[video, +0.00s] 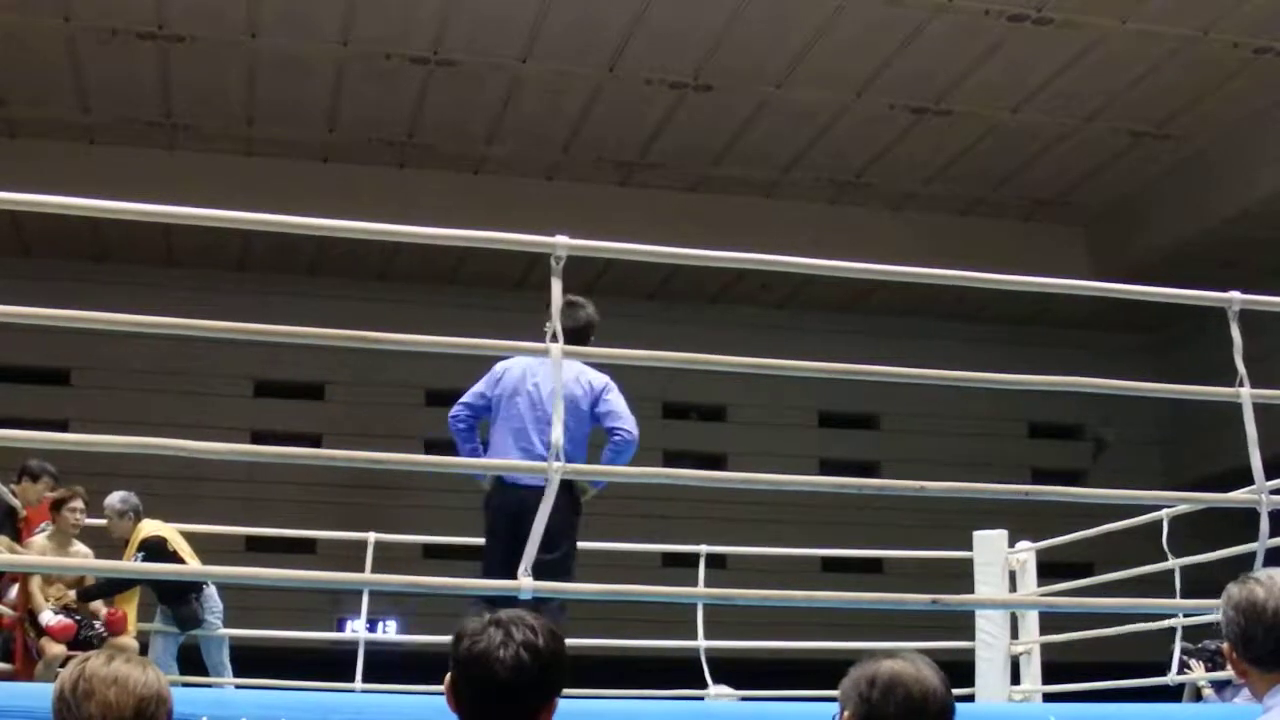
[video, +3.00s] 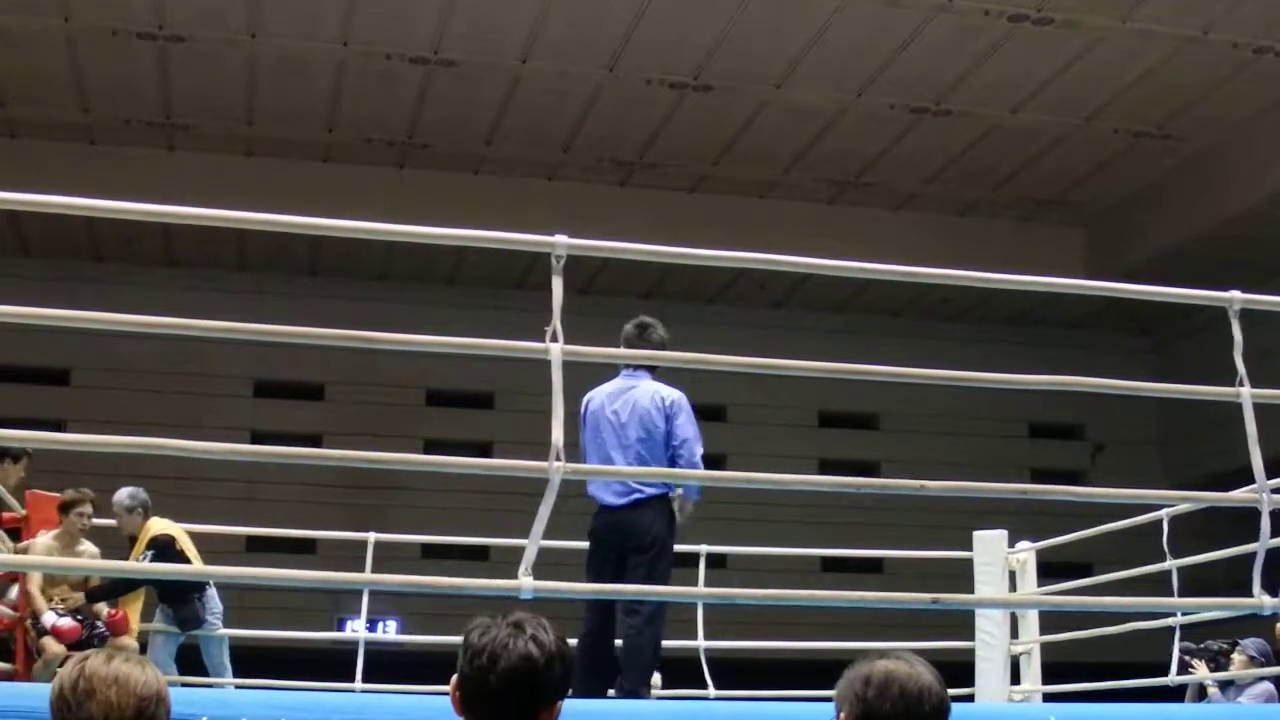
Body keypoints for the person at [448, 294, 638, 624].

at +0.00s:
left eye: (551, 324)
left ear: (548, 329)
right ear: (587, 339)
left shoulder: (507, 369)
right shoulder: (594, 382)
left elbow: (460, 416)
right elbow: (626, 435)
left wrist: (483, 473)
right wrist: (591, 486)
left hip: (504, 496)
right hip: (558, 502)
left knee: (497, 587)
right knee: (551, 593)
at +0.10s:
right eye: (596, 335)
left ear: (554, 330)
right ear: (593, 340)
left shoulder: (514, 371)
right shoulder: (602, 384)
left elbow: (468, 417)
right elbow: (632, 437)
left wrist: (491, 471)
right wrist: (600, 487)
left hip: (512, 496)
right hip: (565, 500)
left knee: (503, 582)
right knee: (555, 591)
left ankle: (498, 666)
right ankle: (543, 671)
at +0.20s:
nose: (613, 351)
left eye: (614, 342)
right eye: (612, 342)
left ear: (567, 337)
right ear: (597, 339)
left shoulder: (521, 374)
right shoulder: (605, 384)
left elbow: (474, 421)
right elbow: (636, 436)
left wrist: (497, 473)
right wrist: (605, 488)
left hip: (516, 496)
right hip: (568, 501)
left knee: (508, 586)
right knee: (557, 594)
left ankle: (502, 673)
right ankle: (543, 679)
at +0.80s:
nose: (624, 356)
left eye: (625, 347)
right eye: (620, 347)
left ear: (586, 347)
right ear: (599, 346)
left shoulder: (551, 391)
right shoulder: (602, 383)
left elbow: (527, 452)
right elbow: (612, 427)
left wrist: (548, 487)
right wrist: (617, 481)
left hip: (550, 497)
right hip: (585, 495)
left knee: (554, 590)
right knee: (586, 592)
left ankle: (544, 681)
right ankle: (560, 686)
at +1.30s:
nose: (626, 361)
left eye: (625, 354)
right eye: (623, 354)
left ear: (586, 354)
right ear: (613, 356)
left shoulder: (557, 402)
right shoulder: (616, 390)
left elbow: (555, 459)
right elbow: (635, 443)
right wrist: (669, 457)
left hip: (570, 512)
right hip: (608, 509)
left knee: (575, 605)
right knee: (631, 602)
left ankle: (557, 692)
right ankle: (614, 693)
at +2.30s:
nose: (667, 361)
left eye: (666, 352)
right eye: (663, 352)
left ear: (627, 355)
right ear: (644, 354)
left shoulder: (591, 399)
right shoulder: (652, 398)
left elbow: (588, 458)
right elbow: (668, 459)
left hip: (603, 513)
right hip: (642, 510)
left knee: (598, 605)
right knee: (642, 604)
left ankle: (583, 695)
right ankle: (631, 696)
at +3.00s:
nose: (658, 355)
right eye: (659, 351)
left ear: (622, 350)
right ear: (659, 354)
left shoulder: (592, 399)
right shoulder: (671, 399)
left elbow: (589, 456)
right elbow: (690, 457)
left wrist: (608, 485)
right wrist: (687, 499)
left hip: (606, 516)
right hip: (651, 515)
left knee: (597, 607)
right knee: (642, 608)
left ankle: (585, 698)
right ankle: (632, 698)